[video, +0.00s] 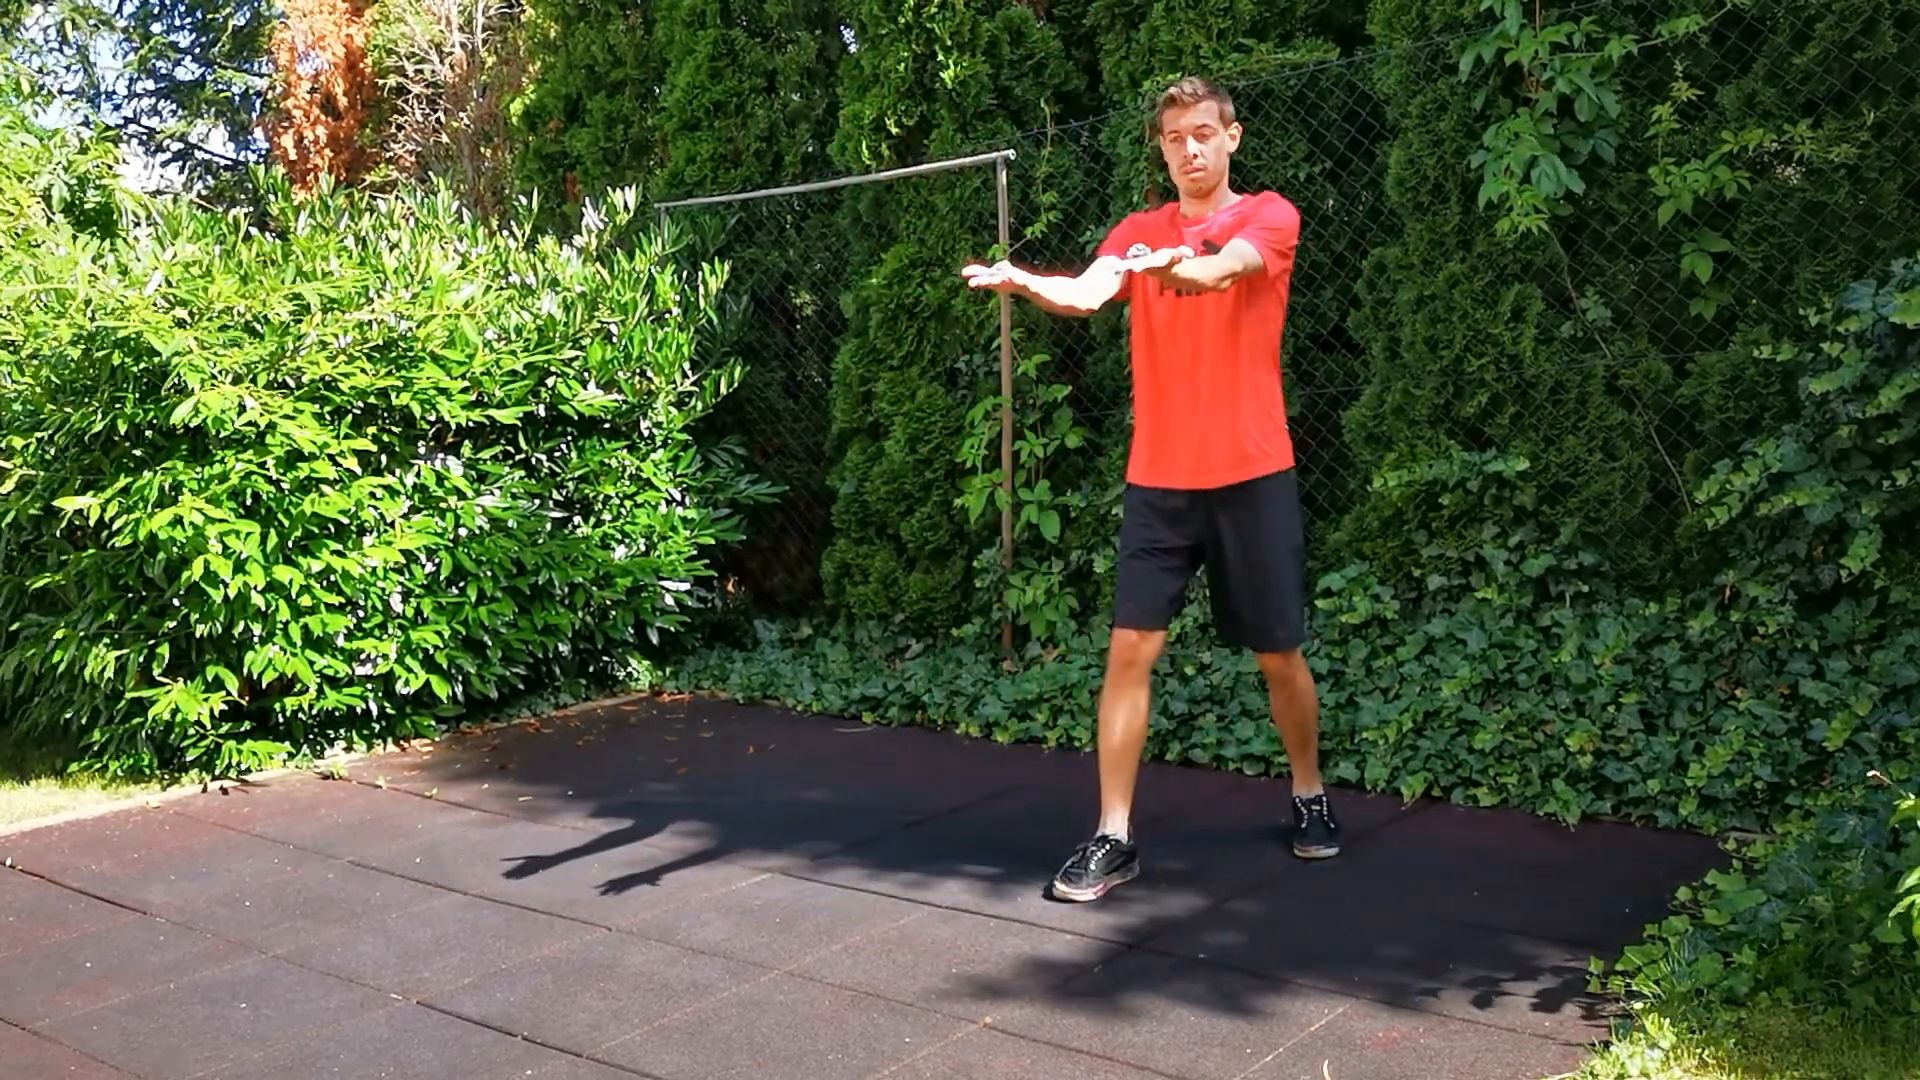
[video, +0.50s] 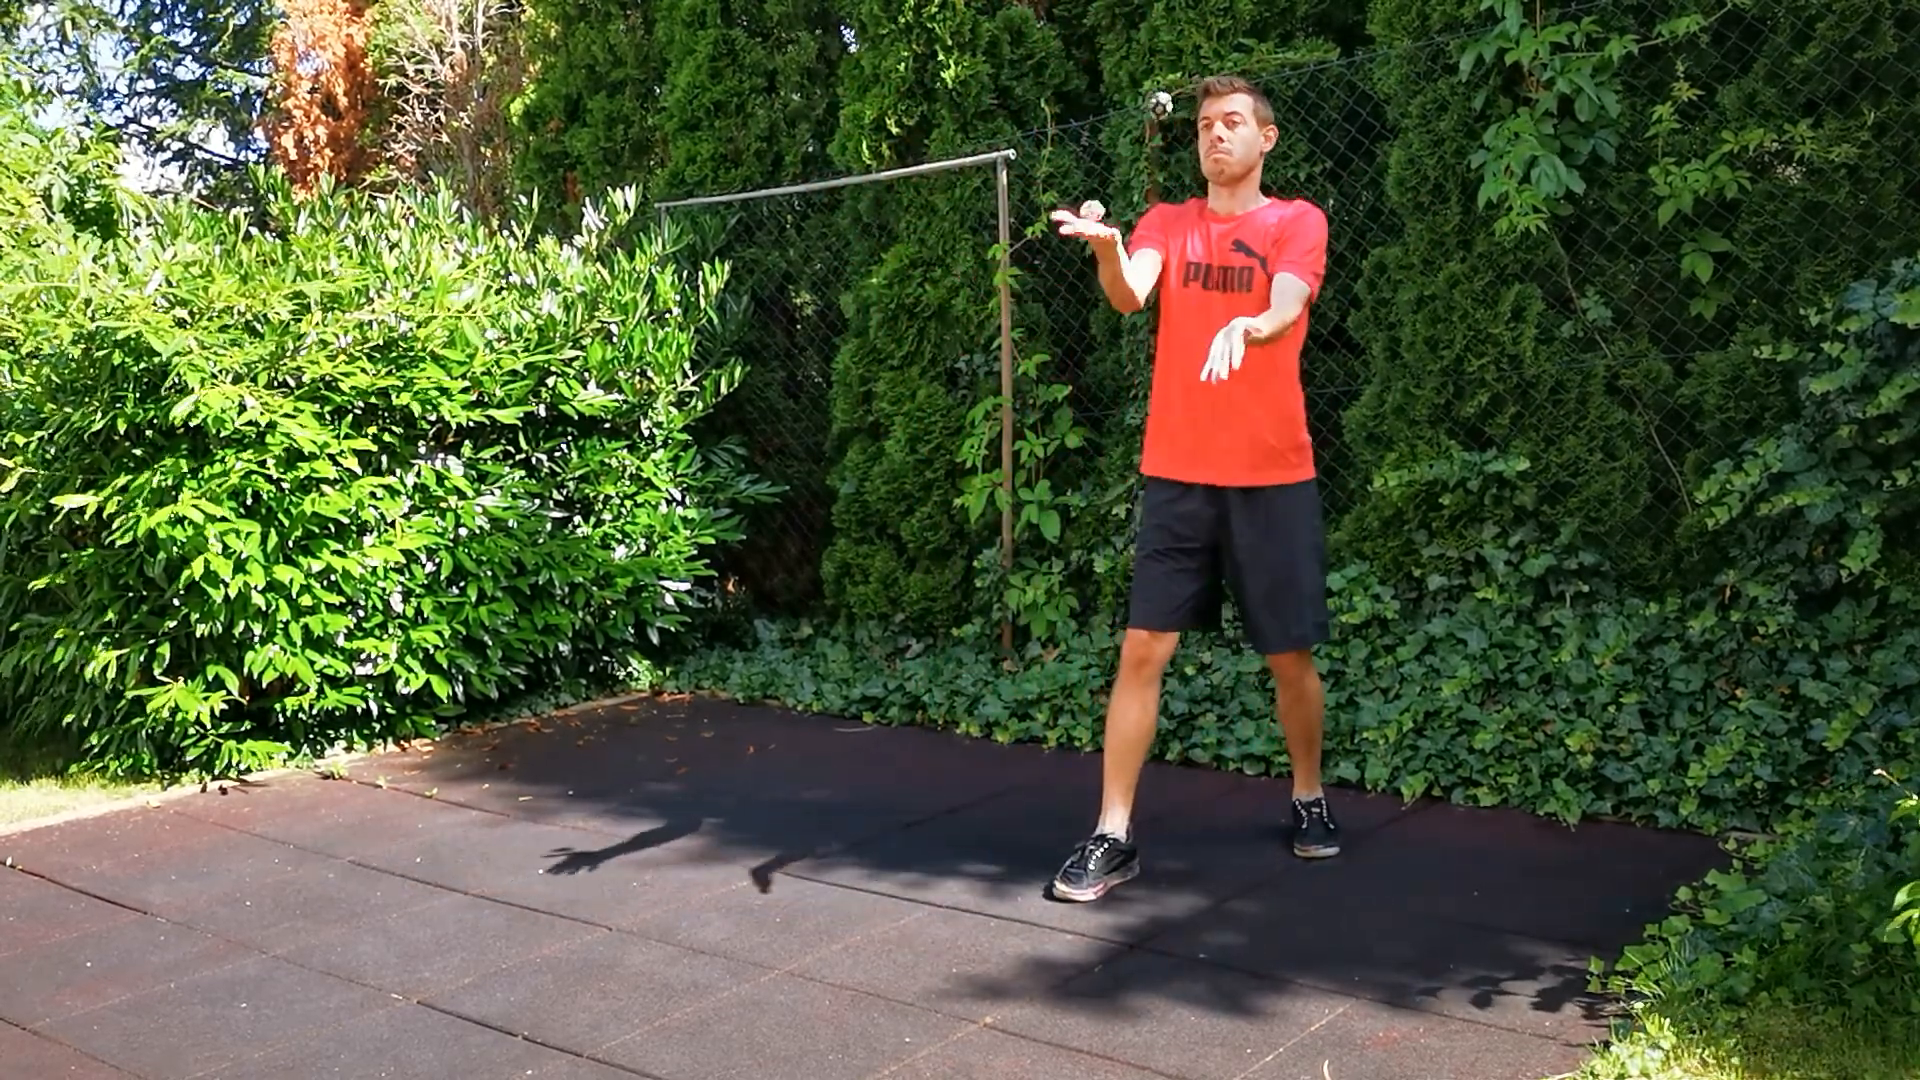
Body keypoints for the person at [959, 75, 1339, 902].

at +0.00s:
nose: (1189, 151)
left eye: (1202, 134)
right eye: (1175, 139)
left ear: (1233, 138)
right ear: (1159, 150)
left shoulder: (1272, 213)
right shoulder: (1140, 230)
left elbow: (1231, 261)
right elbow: (1083, 294)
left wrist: (1181, 266)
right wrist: (1018, 278)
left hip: (1252, 473)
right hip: (1158, 476)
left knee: (1279, 651)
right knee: (1130, 646)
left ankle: (1309, 797)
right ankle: (1113, 834)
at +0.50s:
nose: (1219, 134)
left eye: (1234, 121)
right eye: (1209, 125)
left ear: (1268, 138)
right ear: (1195, 146)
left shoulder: (1300, 221)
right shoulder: (1164, 221)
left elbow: (1289, 301)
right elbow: (1127, 298)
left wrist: (1250, 327)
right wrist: (1107, 246)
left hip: (1272, 475)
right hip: (1176, 471)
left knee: (1289, 652)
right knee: (1142, 648)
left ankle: (1309, 800)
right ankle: (1110, 833)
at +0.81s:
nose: (1242, 151)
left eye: (1256, 138)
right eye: (1230, 140)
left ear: (1288, 149)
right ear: (1216, 155)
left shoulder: (1314, 230)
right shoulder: (1189, 233)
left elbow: (1258, 302)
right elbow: (1177, 358)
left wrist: (1193, 310)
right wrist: (1178, 311)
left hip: (1284, 479)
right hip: (1192, 475)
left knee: (1295, 660)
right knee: (1147, 647)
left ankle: (1310, 803)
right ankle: (1114, 833)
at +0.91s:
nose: (1243, 162)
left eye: (1258, 148)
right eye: (1231, 150)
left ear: (1290, 156)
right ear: (1219, 160)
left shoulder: (1316, 246)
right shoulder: (1190, 241)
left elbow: (1290, 367)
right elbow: (1172, 355)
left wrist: (1280, 337)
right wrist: (1144, 372)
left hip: (1282, 492)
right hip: (1192, 483)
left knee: (1291, 672)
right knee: (1144, 650)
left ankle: (1309, 801)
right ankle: (1112, 833)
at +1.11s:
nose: (1264, 176)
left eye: (1278, 161)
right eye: (1252, 162)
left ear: (1309, 161)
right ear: (1235, 166)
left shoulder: (1339, 255)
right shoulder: (1194, 242)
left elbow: (1369, 366)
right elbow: (1139, 345)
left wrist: (1396, 380)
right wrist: (1063, 371)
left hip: (1291, 499)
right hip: (1193, 489)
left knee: (1300, 670)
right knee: (1143, 646)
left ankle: (1309, 801)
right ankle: (1111, 833)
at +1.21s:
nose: (1266, 180)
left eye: (1282, 164)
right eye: (1254, 164)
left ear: (1308, 159)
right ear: (1234, 159)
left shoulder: (1345, 248)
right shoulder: (1190, 237)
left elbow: (1400, 350)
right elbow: (1096, 308)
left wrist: (1452, 363)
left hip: (1294, 500)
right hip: (1195, 490)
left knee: (1303, 673)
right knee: (1144, 646)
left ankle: (1310, 804)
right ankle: (1108, 830)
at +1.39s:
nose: (1296, 204)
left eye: (1303, 189)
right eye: (1282, 188)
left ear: (1305, 183)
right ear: (1234, 178)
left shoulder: (1324, 262)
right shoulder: (1173, 244)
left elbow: (1364, 376)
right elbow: (1064, 289)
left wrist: (1406, 481)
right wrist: (1129, 219)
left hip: (1305, 508)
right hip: (1196, 504)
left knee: (1367, 668)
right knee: (1136, 658)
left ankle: (1338, 777)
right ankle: (1094, 827)